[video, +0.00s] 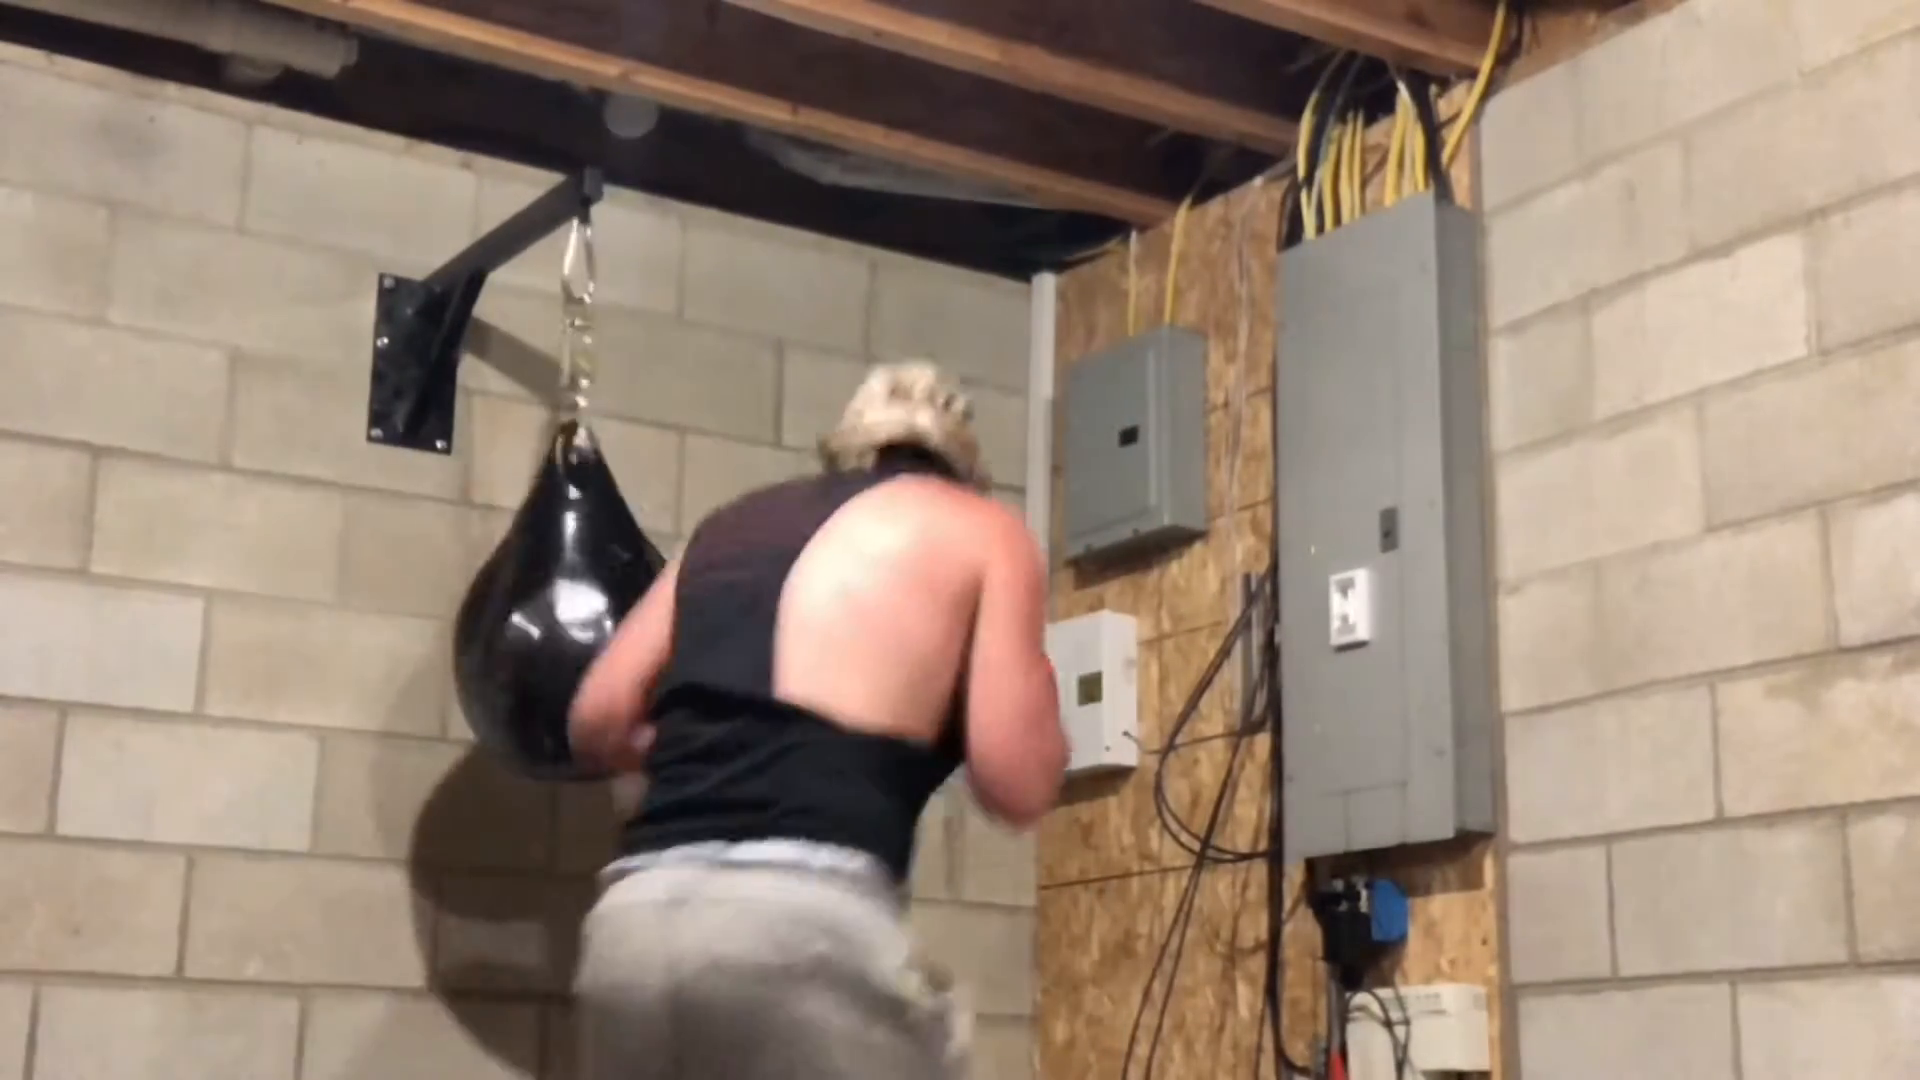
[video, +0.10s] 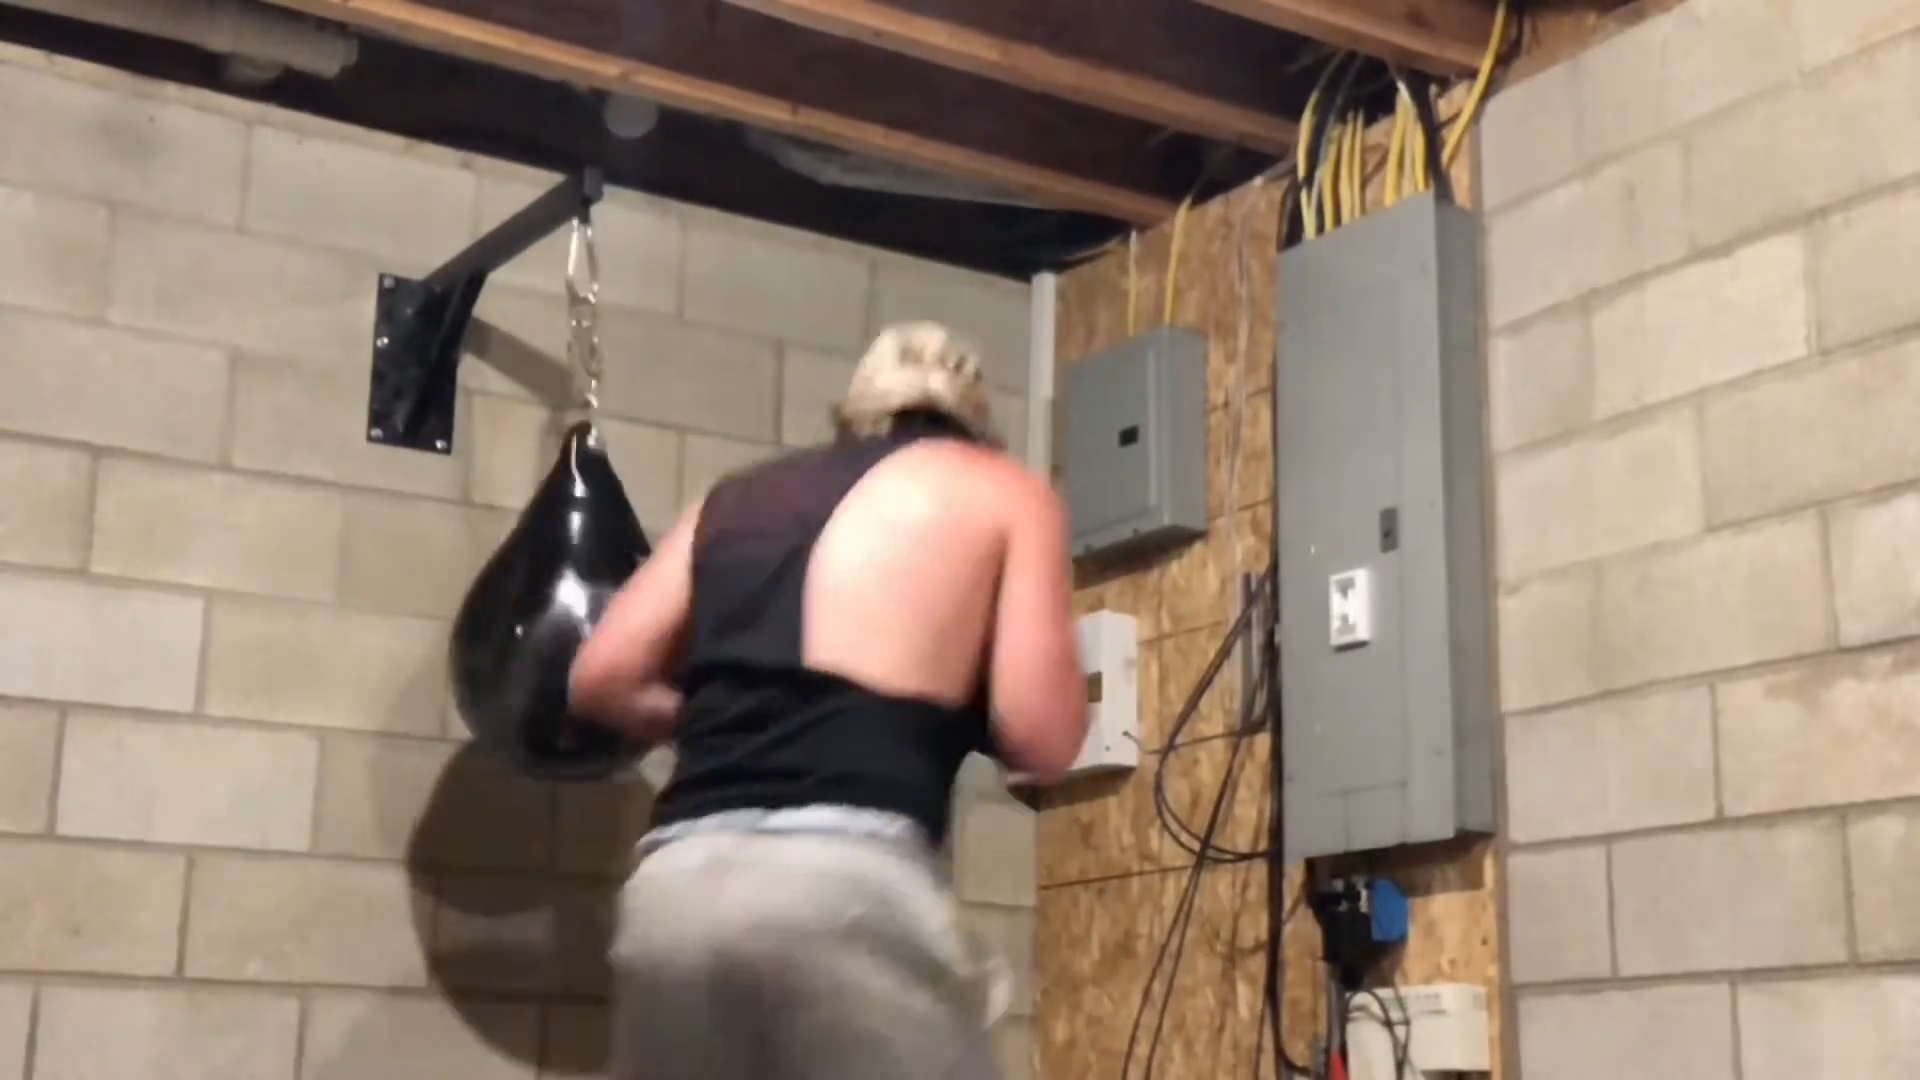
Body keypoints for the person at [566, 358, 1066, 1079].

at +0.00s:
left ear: (841, 447)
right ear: (966, 459)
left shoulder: (728, 524)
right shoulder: (987, 531)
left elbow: (597, 721)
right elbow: (1020, 786)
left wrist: (703, 734)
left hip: (629, 930)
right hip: (807, 942)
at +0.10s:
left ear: (850, 411)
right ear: (977, 413)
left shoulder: (731, 497)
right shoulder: (1008, 492)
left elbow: (601, 679)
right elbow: (1042, 740)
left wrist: (722, 707)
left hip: (674, 885)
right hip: (854, 889)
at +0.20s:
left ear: (861, 374)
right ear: (989, 376)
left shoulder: (746, 453)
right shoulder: (1044, 456)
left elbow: (626, 633)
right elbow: (1089, 699)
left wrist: (742, 679)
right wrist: (984, 691)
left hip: (719, 868)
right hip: (910, 869)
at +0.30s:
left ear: (859, 350)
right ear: (994, 357)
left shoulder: (767, 422)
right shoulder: (1077, 452)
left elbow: (647, 615)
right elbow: (1135, 705)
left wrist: (753, 652)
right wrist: (1003, 656)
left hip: (764, 856)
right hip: (962, 859)